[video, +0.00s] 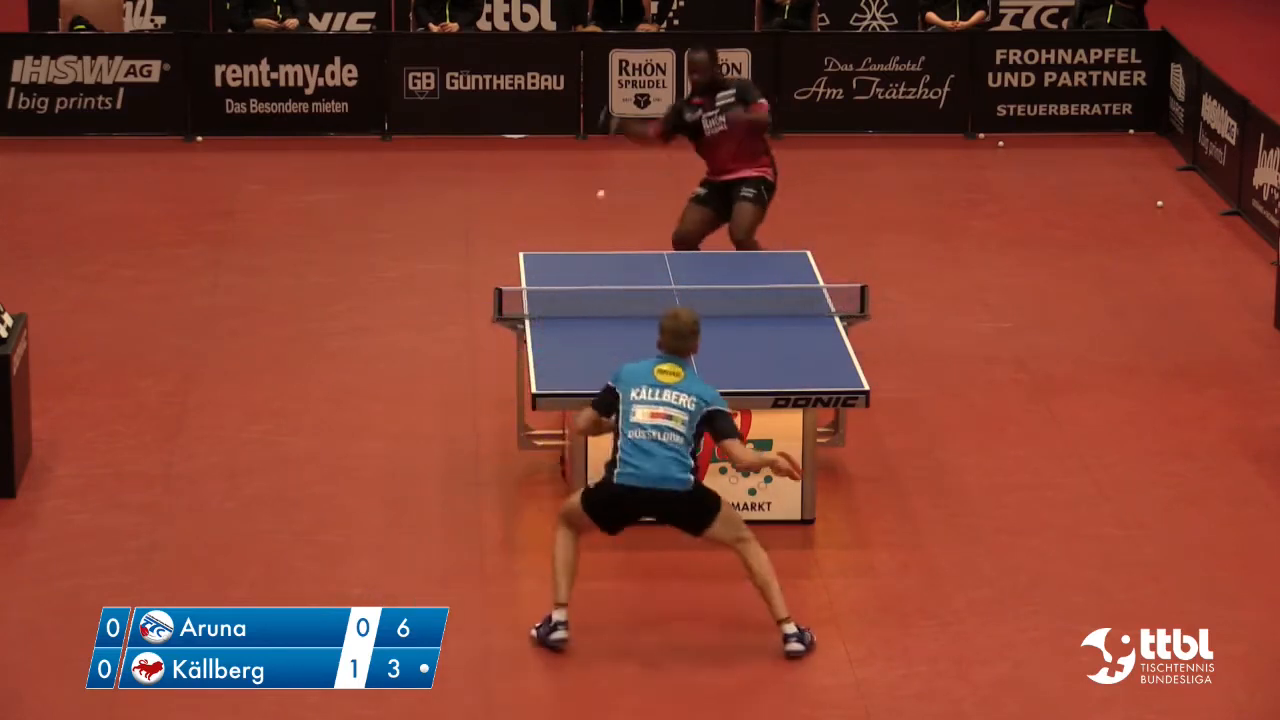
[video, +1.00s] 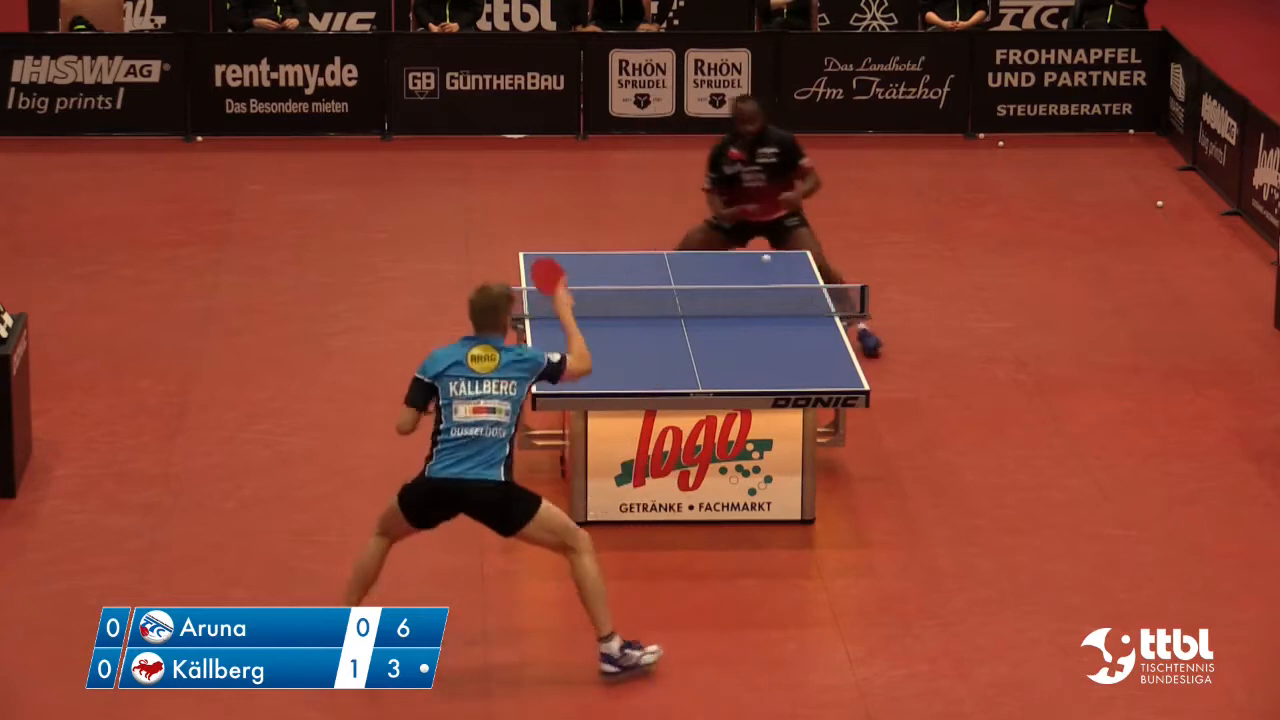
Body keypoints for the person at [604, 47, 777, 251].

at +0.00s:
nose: (695, 78)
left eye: (700, 72)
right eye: (691, 72)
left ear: (715, 67)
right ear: (688, 71)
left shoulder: (740, 88)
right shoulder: (685, 108)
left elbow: (764, 117)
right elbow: (655, 132)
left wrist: (743, 117)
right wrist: (620, 124)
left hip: (754, 175)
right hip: (718, 180)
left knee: (740, 234)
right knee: (683, 239)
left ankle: (771, 283)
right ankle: (697, 295)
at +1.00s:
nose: (748, 128)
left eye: (753, 121)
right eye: (742, 122)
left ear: (762, 119)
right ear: (734, 122)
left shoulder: (782, 143)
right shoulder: (722, 152)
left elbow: (813, 179)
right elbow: (712, 197)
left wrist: (797, 195)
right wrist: (724, 212)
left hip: (781, 218)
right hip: (738, 220)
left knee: (818, 267)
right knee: (684, 253)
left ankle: (858, 325)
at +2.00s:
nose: (760, 137)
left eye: (766, 131)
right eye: (756, 131)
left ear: (780, 127)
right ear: (754, 131)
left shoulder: (790, 153)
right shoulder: (769, 150)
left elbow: (770, 201)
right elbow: (786, 198)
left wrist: (728, 229)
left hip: (823, 233)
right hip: (785, 226)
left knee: (843, 302)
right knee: (731, 252)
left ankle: (913, 309)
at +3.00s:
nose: (802, 113)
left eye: (808, 106)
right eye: (799, 108)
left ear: (823, 104)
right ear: (798, 109)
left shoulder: (830, 130)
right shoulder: (826, 125)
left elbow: (800, 170)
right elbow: (866, 155)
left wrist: (756, 189)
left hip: (876, 210)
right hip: (842, 207)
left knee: (904, 274)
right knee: (787, 227)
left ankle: (966, 318)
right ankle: (791, 299)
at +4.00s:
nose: (781, 85)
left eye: (787, 79)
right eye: (777, 79)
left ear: (798, 79)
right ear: (770, 81)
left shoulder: (814, 106)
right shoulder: (769, 109)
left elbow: (827, 149)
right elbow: (753, 151)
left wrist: (792, 167)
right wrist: (727, 146)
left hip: (830, 185)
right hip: (793, 187)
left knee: (845, 245)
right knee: (750, 236)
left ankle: (896, 300)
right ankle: (763, 300)